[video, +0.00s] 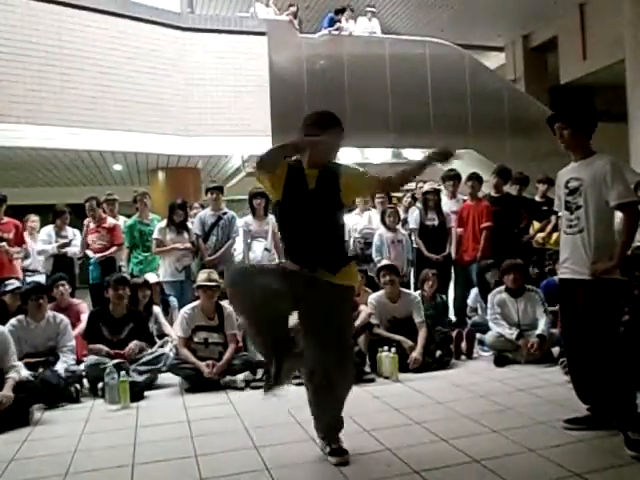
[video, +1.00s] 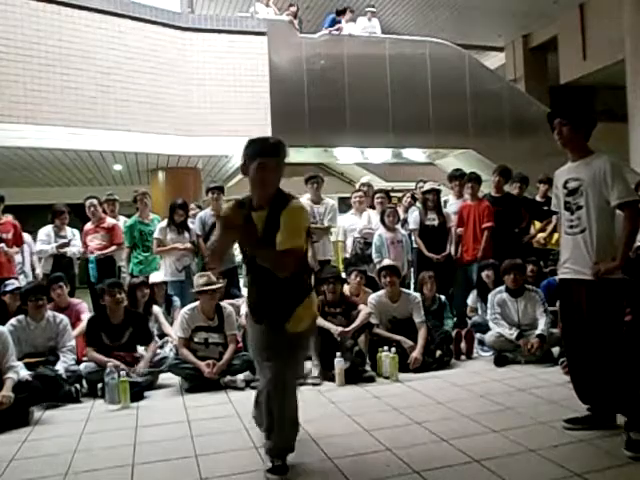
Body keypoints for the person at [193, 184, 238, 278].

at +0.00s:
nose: (214, 197)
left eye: (217, 194)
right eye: (212, 193)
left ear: (222, 196)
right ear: (207, 196)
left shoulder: (231, 216)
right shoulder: (201, 216)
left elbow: (233, 239)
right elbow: (199, 238)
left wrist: (216, 257)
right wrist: (207, 257)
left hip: (225, 262)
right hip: (206, 262)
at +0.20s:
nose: (214, 197)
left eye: (217, 194)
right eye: (211, 194)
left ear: (222, 196)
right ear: (207, 196)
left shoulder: (231, 216)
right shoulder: (201, 216)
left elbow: (232, 239)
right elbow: (199, 237)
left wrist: (216, 257)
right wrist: (206, 257)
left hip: (225, 264)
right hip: (207, 264)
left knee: (226, 297)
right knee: (207, 295)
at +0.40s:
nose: (214, 197)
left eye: (217, 194)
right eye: (211, 194)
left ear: (221, 196)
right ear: (207, 197)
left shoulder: (231, 216)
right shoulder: (201, 217)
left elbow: (233, 239)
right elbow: (199, 238)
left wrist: (216, 257)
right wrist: (206, 257)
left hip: (227, 264)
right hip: (208, 265)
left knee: (232, 298)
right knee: (208, 298)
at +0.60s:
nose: (215, 197)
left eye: (218, 194)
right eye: (212, 194)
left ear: (223, 196)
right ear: (207, 197)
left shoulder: (229, 215)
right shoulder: (202, 216)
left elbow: (232, 239)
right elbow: (200, 238)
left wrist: (216, 257)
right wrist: (206, 258)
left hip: (228, 263)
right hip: (210, 264)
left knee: (233, 298)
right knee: (211, 299)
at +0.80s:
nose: (218, 202)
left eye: (221, 199)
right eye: (214, 198)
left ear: (225, 199)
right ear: (210, 199)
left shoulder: (229, 214)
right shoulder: (202, 217)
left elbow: (236, 235)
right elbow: (199, 238)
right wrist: (206, 256)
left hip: (229, 263)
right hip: (211, 264)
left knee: (233, 296)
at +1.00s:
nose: (215, 197)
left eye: (218, 193)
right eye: (212, 193)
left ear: (222, 196)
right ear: (207, 196)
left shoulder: (227, 215)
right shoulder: (202, 216)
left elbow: (232, 236)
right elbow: (199, 237)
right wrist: (206, 255)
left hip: (228, 261)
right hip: (211, 262)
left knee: (233, 295)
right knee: (211, 296)